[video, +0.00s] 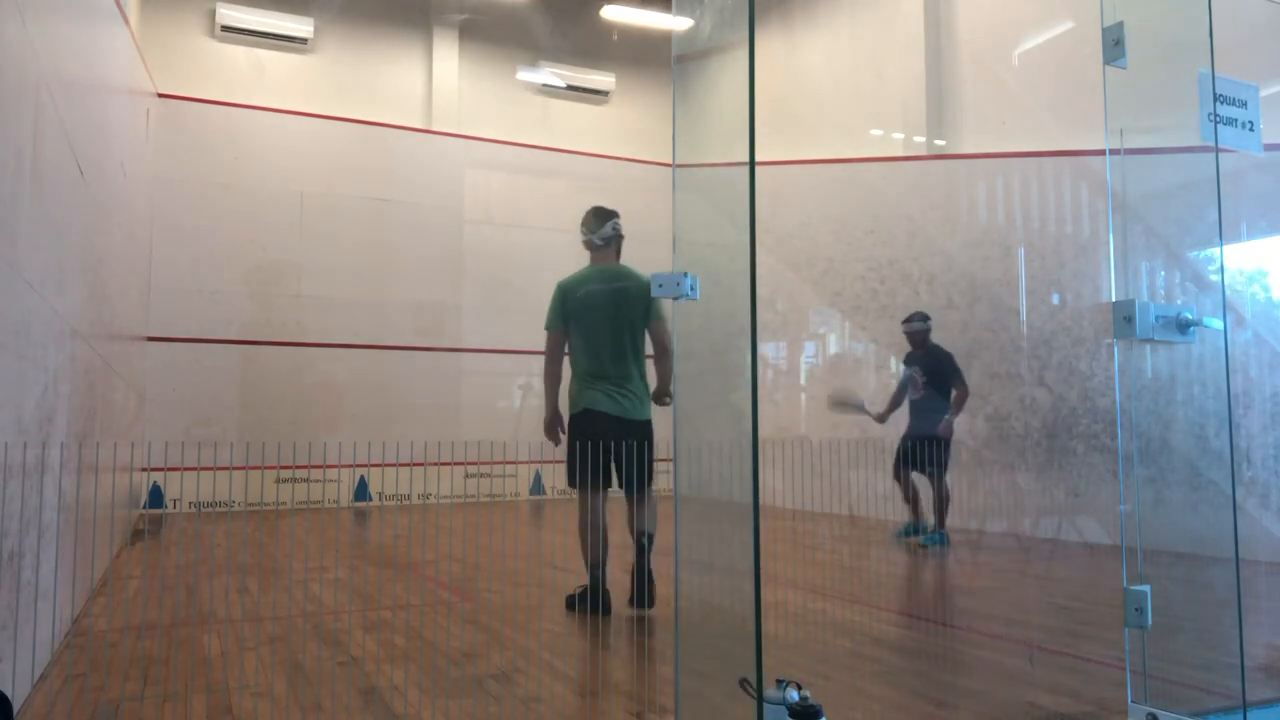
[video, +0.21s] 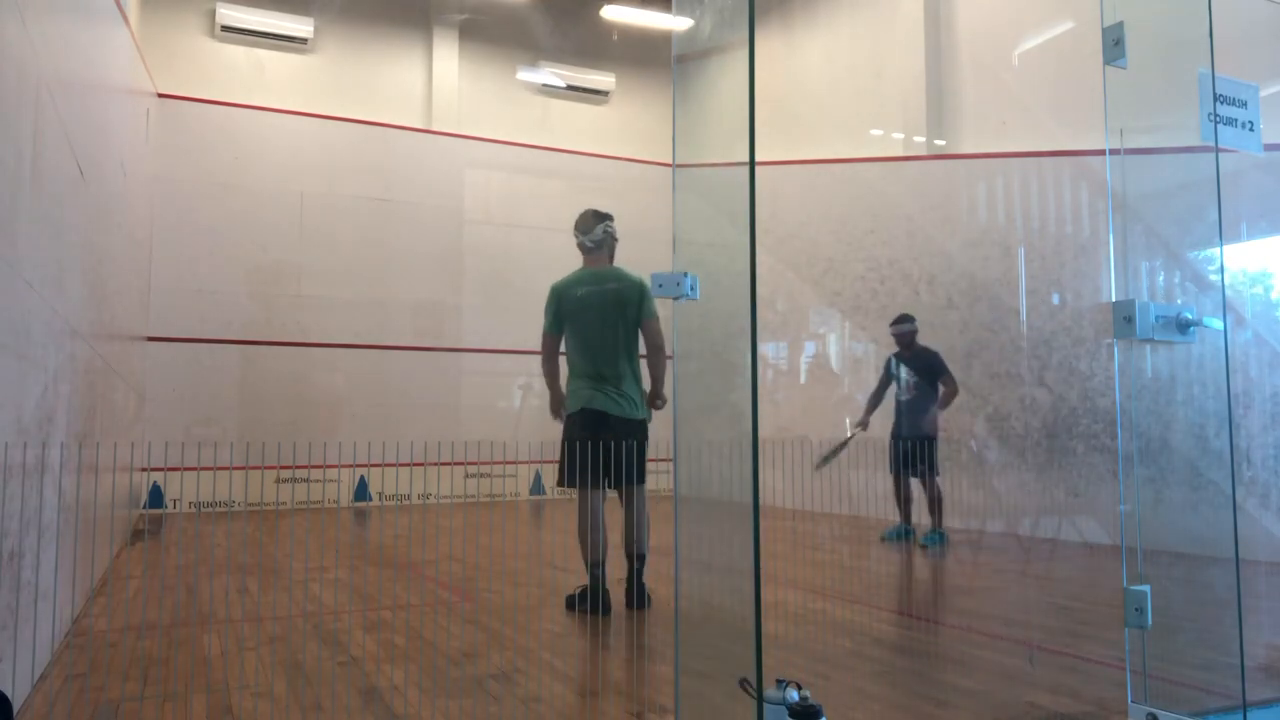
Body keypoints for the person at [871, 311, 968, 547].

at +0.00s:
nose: (911, 338)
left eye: (915, 333)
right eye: (907, 334)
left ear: (927, 332)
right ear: (905, 334)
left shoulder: (941, 357)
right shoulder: (911, 358)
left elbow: (962, 391)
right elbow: (903, 388)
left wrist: (949, 418)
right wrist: (886, 413)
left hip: (937, 427)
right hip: (916, 427)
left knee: (936, 477)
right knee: (900, 471)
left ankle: (940, 530)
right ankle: (917, 521)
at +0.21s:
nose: (900, 340)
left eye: (904, 335)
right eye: (896, 335)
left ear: (914, 333)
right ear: (892, 336)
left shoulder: (929, 358)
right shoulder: (893, 361)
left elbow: (952, 389)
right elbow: (881, 389)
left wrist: (935, 411)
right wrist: (866, 415)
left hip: (924, 429)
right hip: (900, 429)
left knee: (927, 478)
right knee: (899, 478)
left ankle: (937, 529)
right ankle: (905, 525)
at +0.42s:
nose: (891, 341)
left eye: (895, 335)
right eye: (887, 336)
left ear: (905, 334)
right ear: (883, 337)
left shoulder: (920, 357)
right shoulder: (884, 362)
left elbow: (938, 383)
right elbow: (869, 393)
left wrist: (912, 381)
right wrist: (854, 419)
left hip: (916, 427)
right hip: (894, 428)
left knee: (915, 477)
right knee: (899, 478)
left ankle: (926, 525)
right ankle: (905, 525)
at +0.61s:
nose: (885, 340)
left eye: (889, 335)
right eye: (881, 336)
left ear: (899, 333)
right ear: (877, 337)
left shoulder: (912, 356)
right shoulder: (878, 362)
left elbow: (932, 374)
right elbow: (862, 392)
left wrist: (914, 356)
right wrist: (848, 418)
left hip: (912, 424)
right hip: (890, 425)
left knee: (910, 476)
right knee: (897, 477)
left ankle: (914, 525)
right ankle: (904, 523)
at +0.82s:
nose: (880, 336)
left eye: (884, 332)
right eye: (876, 332)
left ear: (894, 332)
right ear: (873, 334)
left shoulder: (910, 358)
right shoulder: (872, 364)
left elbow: (939, 382)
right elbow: (859, 394)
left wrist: (937, 396)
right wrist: (850, 417)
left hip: (907, 426)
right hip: (884, 427)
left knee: (906, 478)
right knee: (893, 480)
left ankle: (909, 528)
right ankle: (903, 524)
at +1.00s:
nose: (876, 331)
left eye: (881, 326)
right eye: (874, 326)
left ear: (892, 328)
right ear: (872, 328)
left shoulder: (909, 357)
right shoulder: (868, 360)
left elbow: (929, 387)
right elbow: (855, 389)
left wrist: (936, 417)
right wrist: (851, 413)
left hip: (904, 427)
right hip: (881, 428)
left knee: (904, 478)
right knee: (890, 479)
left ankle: (908, 528)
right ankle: (901, 523)